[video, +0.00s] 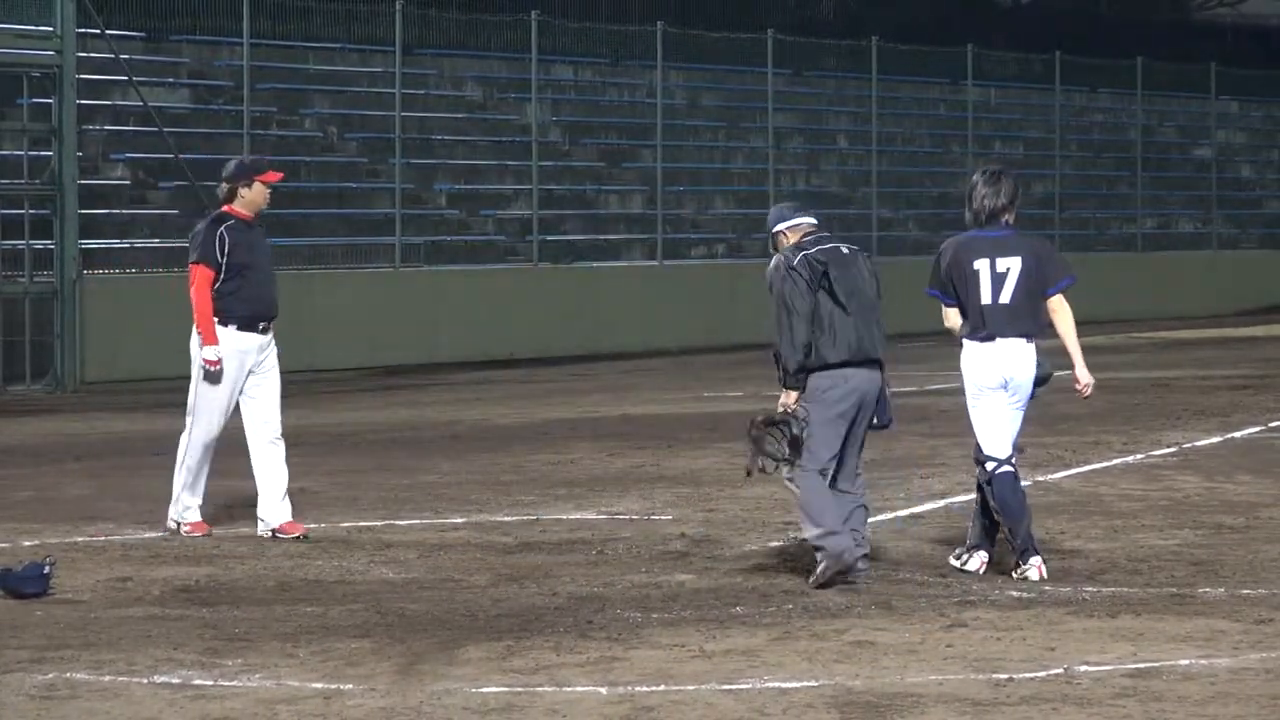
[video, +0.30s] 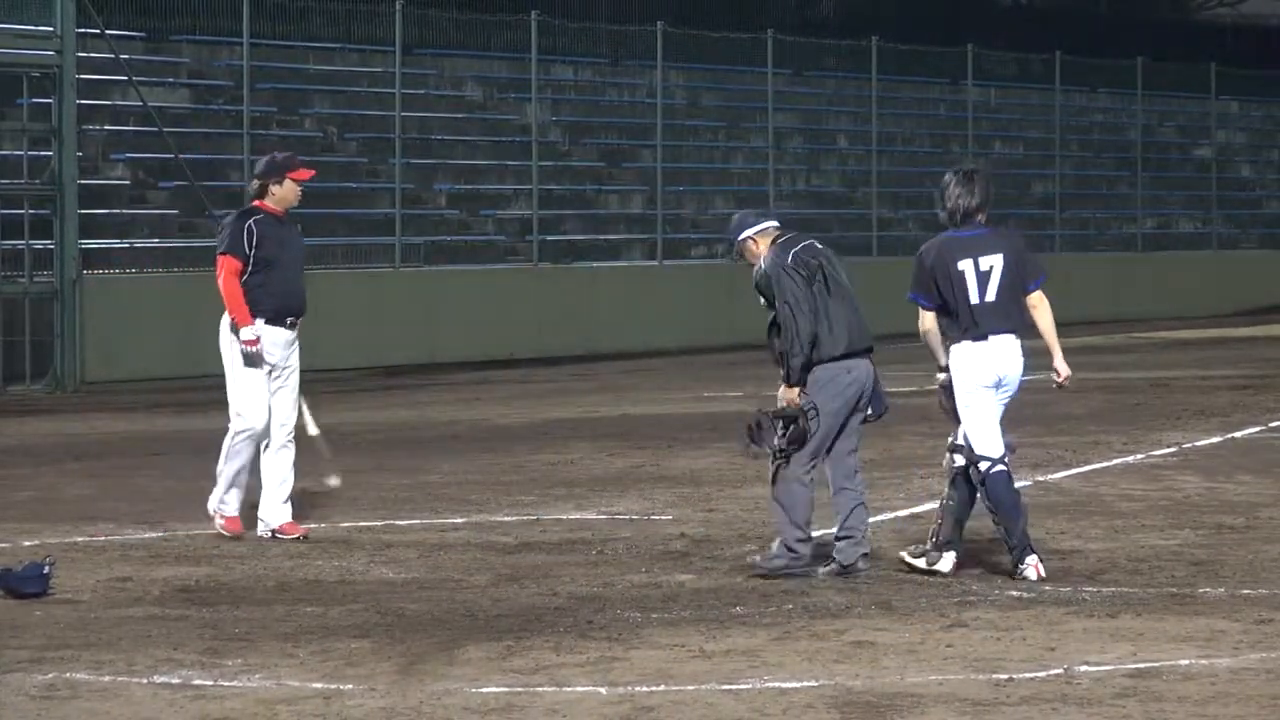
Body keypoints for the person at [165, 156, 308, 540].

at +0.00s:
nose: (270, 193)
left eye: (270, 187)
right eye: (265, 186)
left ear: (252, 189)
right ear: (242, 188)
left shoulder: (255, 230)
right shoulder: (214, 228)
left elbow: (252, 284)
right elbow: (200, 287)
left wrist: (264, 331)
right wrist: (209, 345)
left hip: (262, 342)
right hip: (225, 340)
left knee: (268, 434)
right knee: (203, 431)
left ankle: (275, 516)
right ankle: (184, 511)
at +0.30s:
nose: (301, 191)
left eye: (301, 184)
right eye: (296, 184)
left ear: (283, 186)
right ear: (273, 185)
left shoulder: (290, 227)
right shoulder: (244, 222)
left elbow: (285, 280)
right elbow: (227, 276)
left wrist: (291, 331)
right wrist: (245, 325)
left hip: (285, 336)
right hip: (250, 333)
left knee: (282, 430)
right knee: (250, 421)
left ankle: (275, 516)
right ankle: (224, 504)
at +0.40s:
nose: (309, 188)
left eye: (308, 182)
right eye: (303, 182)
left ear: (291, 185)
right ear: (280, 185)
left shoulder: (297, 227)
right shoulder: (251, 221)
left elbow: (292, 278)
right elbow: (234, 276)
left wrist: (298, 327)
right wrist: (251, 326)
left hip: (290, 336)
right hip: (257, 333)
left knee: (287, 429)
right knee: (262, 424)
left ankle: (280, 514)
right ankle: (254, 515)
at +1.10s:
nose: (322, 194)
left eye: (323, 187)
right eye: (315, 188)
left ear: (317, 186)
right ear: (290, 187)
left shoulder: (325, 226)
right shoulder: (267, 228)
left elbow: (334, 276)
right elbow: (255, 286)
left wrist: (348, 326)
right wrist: (268, 341)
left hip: (330, 339)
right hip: (288, 339)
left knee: (342, 427)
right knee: (288, 436)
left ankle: (327, 511)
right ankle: (298, 524)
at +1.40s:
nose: (338, 195)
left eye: (340, 188)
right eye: (330, 188)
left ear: (339, 188)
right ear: (306, 187)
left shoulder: (345, 230)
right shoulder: (279, 228)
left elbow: (347, 282)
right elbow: (261, 286)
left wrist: (348, 331)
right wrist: (258, 341)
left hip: (340, 340)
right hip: (293, 340)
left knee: (350, 431)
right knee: (293, 437)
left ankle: (358, 519)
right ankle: (299, 524)